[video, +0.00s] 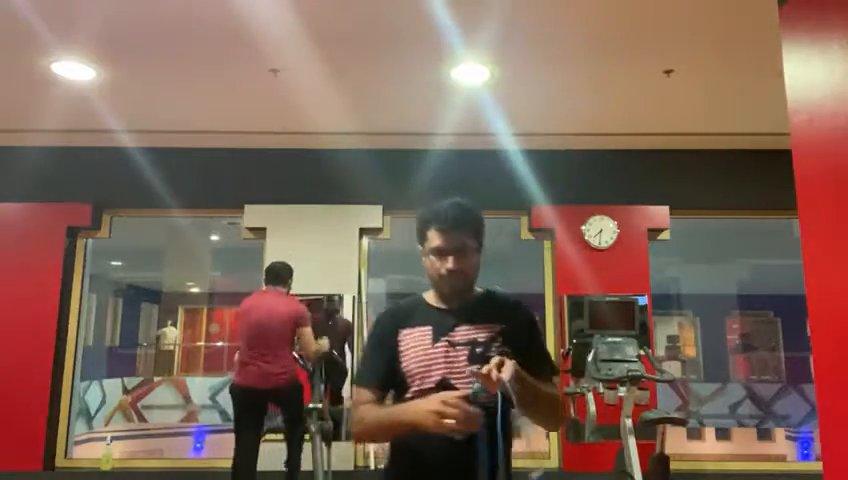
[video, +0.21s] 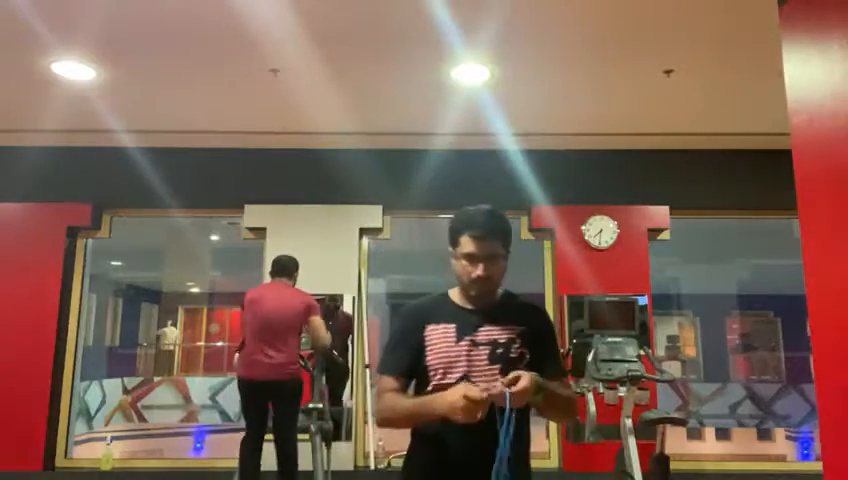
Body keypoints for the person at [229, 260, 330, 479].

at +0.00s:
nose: (289, 285)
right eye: (290, 282)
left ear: (265, 281)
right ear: (289, 283)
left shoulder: (246, 304)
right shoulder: (296, 308)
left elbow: (245, 343)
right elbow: (309, 353)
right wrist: (322, 345)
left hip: (247, 385)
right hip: (284, 384)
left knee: (245, 446)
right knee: (295, 424)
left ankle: (242, 476)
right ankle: (293, 469)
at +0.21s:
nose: (295, 278)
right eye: (296, 275)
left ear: (271, 273)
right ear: (295, 275)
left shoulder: (250, 295)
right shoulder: (305, 300)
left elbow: (247, 334)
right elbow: (321, 341)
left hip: (251, 379)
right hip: (286, 379)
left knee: (253, 433)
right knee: (286, 438)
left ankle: (247, 476)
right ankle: (288, 477)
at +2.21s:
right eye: (296, 280)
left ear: (270, 279)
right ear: (295, 280)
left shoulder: (251, 302)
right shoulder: (305, 305)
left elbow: (229, 341)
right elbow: (323, 337)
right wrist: (331, 327)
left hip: (252, 383)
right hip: (287, 383)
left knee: (255, 428)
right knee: (282, 438)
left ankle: (258, 472)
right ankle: (278, 475)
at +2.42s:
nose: (291, 282)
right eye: (293, 278)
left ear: (267, 277)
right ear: (291, 278)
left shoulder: (247, 299)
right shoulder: (300, 303)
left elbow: (227, 336)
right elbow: (319, 339)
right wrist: (326, 330)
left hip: (248, 383)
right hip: (284, 383)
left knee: (251, 443)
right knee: (293, 437)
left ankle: (249, 477)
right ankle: (291, 474)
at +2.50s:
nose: (290, 285)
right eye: (291, 282)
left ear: (266, 281)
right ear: (289, 283)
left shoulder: (246, 304)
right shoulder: (298, 308)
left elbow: (231, 337)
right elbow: (317, 348)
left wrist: (255, 331)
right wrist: (325, 336)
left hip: (248, 387)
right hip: (284, 386)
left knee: (247, 445)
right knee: (295, 433)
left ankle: (245, 477)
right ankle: (294, 473)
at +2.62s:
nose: (292, 285)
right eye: (293, 281)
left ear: (267, 280)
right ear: (292, 282)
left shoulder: (247, 304)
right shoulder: (299, 307)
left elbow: (246, 343)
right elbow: (308, 350)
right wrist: (323, 348)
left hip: (249, 384)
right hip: (284, 384)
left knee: (247, 444)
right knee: (295, 427)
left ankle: (243, 477)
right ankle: (297, 472)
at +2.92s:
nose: (295, 283)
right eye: (296, 280)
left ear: (271, 278)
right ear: (295, 280)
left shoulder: (250, 302)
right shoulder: (305, 305)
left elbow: (239, 338)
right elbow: (324, 342)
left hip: (255, 382)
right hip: (291, 383)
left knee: (254, 428)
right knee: (286, 433)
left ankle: (252, 473)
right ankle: (283, 475)